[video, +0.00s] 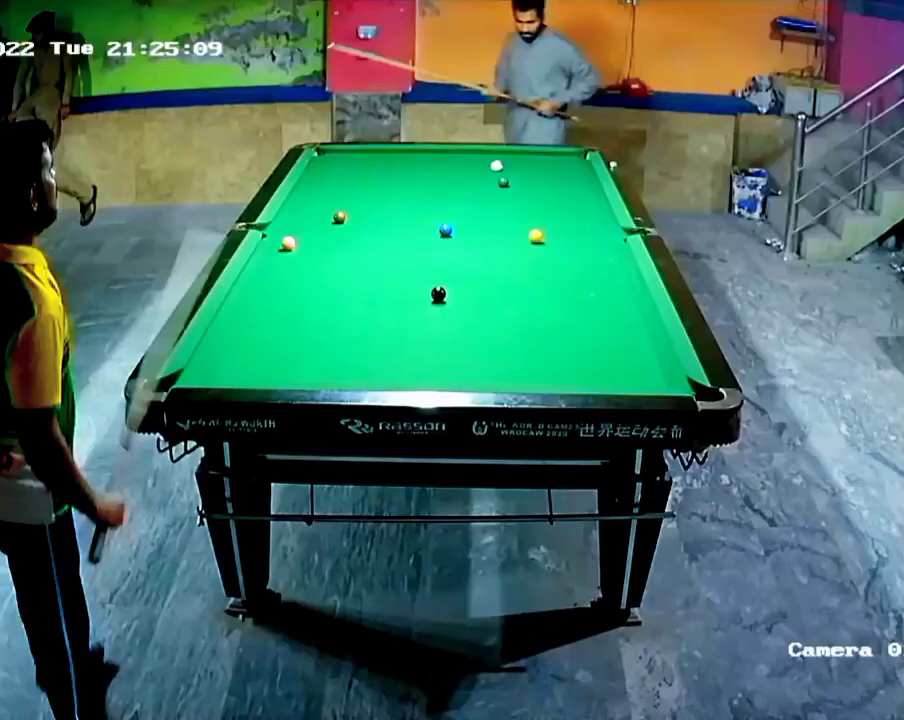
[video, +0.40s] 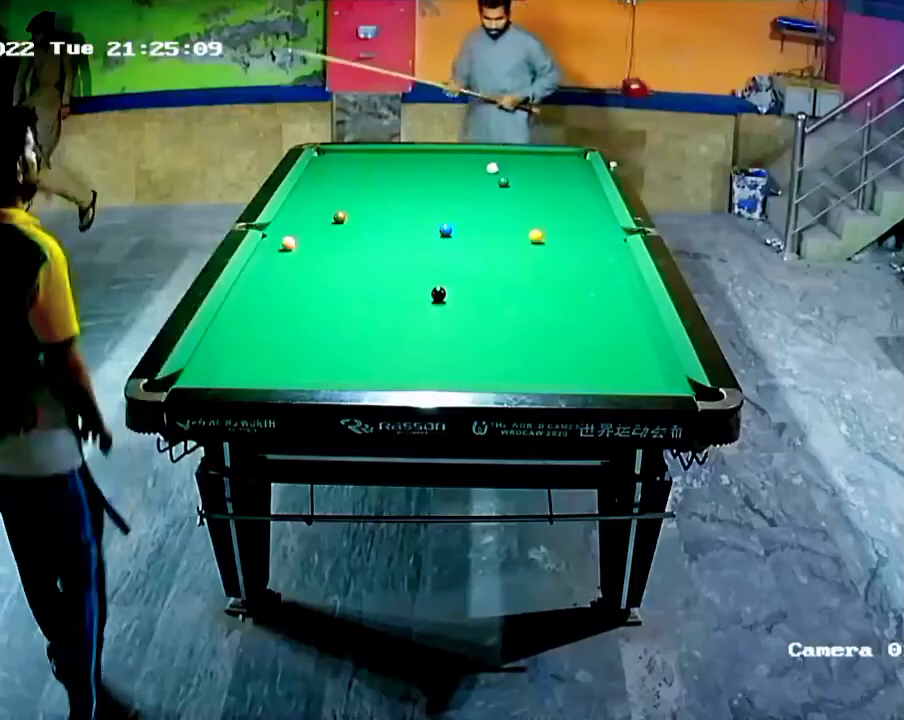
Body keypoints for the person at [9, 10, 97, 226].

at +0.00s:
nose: (34, 38)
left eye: (37, 33)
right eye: (32, 34)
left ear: (48, 31)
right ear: (32, 34)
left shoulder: (61, 47)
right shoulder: (33, 52)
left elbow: (70, 72)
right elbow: (20, 79)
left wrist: (66, 102)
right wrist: (16, 108)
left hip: (52, 100)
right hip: (34, 98)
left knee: (46, 161)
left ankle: (85, 193)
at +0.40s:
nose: (33, 38)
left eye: (36, 33)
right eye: (32, 34)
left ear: (46, 31)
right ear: (33, 34)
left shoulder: (61, 46)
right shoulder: (33, 52)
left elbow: (70, 71)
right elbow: (21, 79)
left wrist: (66, 101)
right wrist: (17, 105)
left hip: (49, 105)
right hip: (32, 106)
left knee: (37, 169)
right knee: (31, 167)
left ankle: (84, 197)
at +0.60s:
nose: (34, 37)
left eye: (37, 32)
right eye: (33, 33)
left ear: (46, 30)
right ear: (34, 33)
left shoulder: (60, 48)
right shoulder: (34, 51)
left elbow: (69, 73)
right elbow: (23, 73)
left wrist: (66, 100)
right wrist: (21, 94)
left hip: (54, 94)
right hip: (37, 93)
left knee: (50, 129)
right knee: (39, 128)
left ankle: (46, 161)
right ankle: (38, 162)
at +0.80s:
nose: (33, 38)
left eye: (36, 34)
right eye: (32, 34)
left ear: (45, 33)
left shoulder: (61, 50)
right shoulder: (32, 50)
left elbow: (68, 76)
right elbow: (22, 75)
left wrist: (66, 103)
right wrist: (18, 95)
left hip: (55, 102)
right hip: (36, 100)